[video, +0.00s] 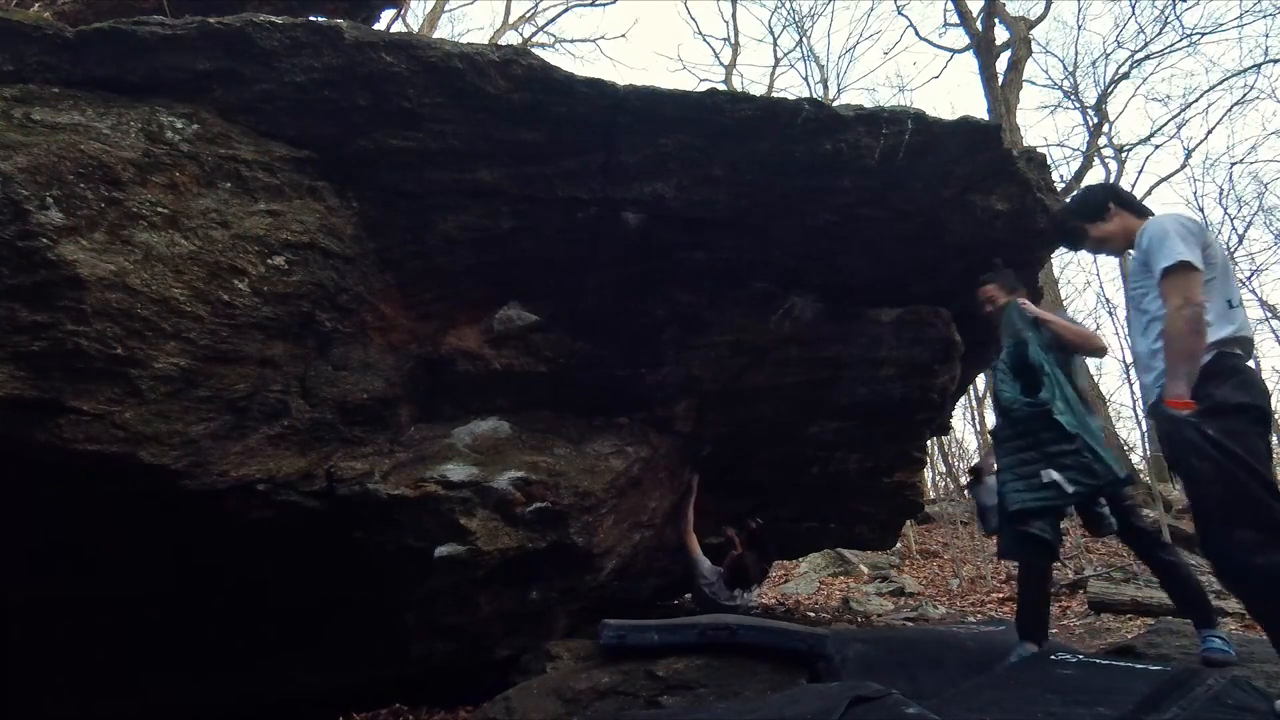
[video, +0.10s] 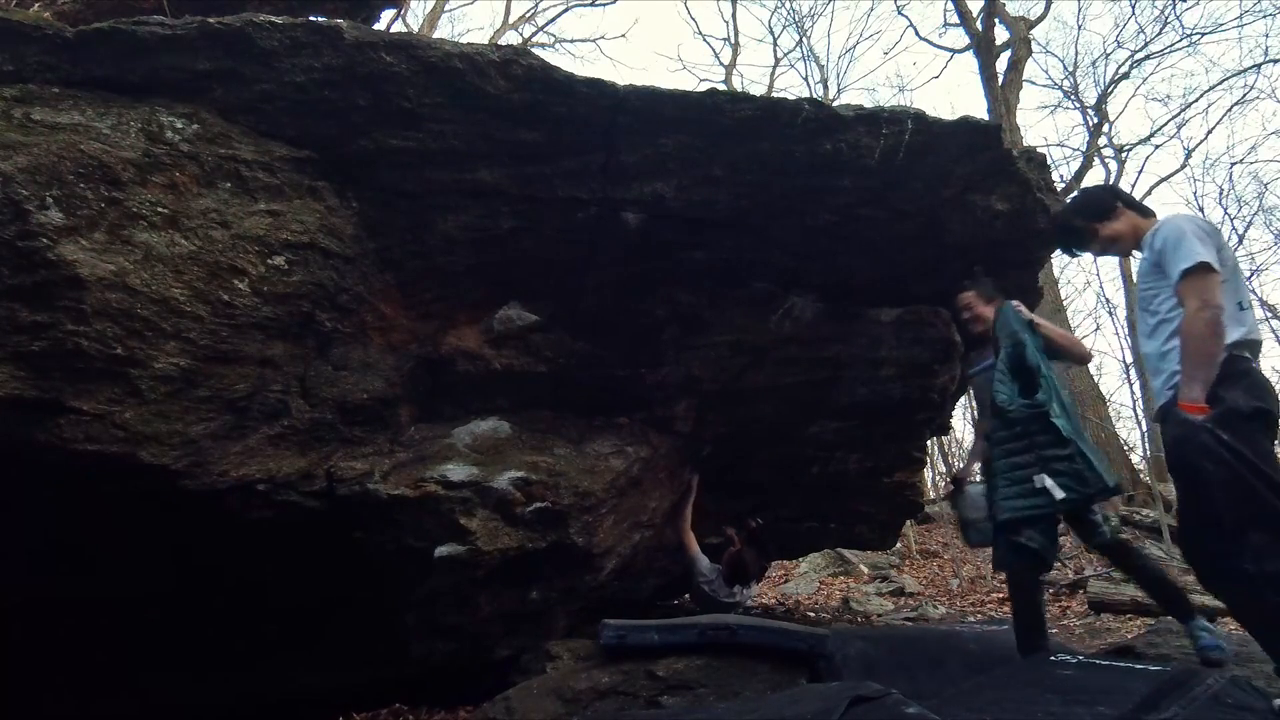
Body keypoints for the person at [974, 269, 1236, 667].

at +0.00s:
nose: (987, 307)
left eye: (992, 298)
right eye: (982, 302)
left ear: (1016, 294)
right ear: (983, 309)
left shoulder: (1041, 327)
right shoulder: (998, 354)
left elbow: (1097, 346)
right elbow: (1010, 415)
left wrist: (1037, 313)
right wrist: (992, 456)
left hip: (1076, 452)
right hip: (1026, 463)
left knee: (1142, 536)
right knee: (1033, 556)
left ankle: (1208, 628)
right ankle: (1030, 644)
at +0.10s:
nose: (967, 317)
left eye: (972, 308)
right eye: (961, 314)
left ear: (994, 304)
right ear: (961, 320)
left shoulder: (1023, 338)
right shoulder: (977, 364)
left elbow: (1081, 354)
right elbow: (985, 424)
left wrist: (1030, 319)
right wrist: (970, 467)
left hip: (1056, 463)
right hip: (1010, 476)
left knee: (1108, 544)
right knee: (1021, 575)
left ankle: (1195, 624)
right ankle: (1035, 672)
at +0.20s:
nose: (945, 324)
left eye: (949, 315)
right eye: (939, 320)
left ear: (971, 313)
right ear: (939, 328)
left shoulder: (1003, 346)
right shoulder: (950, 373)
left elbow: (1067, 362)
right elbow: (961, 426)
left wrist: (1020, 328)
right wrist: (947, 470)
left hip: (1030, 468)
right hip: (984, 478)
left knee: (1055, 555)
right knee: (1007, 577)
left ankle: (1141, 611)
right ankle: (1031, 668)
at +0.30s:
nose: (925, 326)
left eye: (929, 317)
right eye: (919, 323)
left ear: (950, 314)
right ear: (916, 331)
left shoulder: (986, 342)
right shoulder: (930, 376)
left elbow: (1048, 362)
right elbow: (934, 431)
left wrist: (1003, 328)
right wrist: (916, 472)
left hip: (1014, 462)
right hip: (968, 475)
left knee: (1017, 560)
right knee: (997, 573)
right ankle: (1029, 664)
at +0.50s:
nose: (889, 328)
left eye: (891, 319)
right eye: (883, 325)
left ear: (912, 311)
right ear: (883, 330)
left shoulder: (948, 338)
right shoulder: (901, 372)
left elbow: (1007, 356)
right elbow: (897, 427)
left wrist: (968, 323)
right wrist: (869, 459)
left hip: (964, 463)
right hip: (933, 474)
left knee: (937, 556)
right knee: (979, 566)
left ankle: (934, 663)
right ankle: (1026, 656)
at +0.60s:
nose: (874, 332)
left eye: (877, 323)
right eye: (868, 328)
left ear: (899, 316)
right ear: (868, 332)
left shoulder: (930, 346)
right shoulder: (884, 374)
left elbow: (987, 363)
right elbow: (881, 430)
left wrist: (948, 326)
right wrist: (847, 457)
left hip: (940, 476)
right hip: (913, 482)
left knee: (924, 575)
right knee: (961, 578)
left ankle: (925, 687)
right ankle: (1021, 659)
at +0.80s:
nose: (831, 322)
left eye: (835, 313)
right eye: (825, 317)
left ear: (858, 308)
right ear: (827, 323)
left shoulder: (889, 339)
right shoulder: (844, 368)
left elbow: (951, 364)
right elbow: (846, 426)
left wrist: (905, 325)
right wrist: (809, 461)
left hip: (899, 471)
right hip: (861, 476)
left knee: (905, 577)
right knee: (850, 570)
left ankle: (923, 690)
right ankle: (934, 611)